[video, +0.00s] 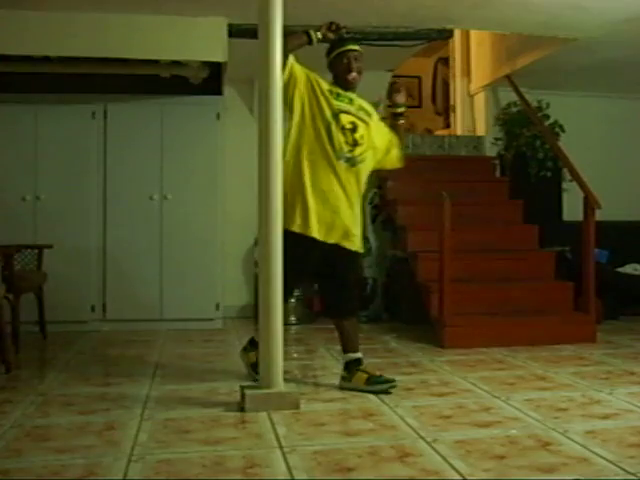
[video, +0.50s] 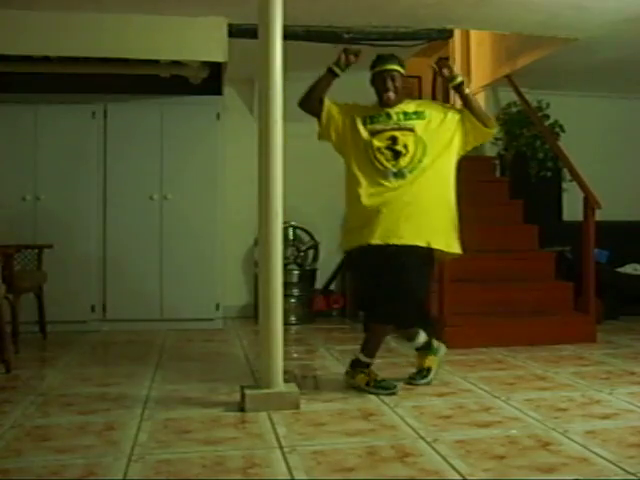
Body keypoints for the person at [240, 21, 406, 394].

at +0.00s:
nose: (353, 67)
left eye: (358, 62)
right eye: (345, 60)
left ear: (362, 68)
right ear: (331, 65)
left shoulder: (367, 114)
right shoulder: (308, 87)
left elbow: (393, 154)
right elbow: (275, 55)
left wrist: (395, 112)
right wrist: (314, 35)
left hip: (344, 218)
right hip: (302, 209)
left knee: (346, 296)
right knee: (280, 289)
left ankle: (353, 367)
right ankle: (257, 348)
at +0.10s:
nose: (362, 64)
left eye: (367, 59)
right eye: (354, 58)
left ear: (372, 66)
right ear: (340, 64)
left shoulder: (386, 110)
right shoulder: (318, 88)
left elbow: (420, 145)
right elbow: (282, 59)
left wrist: (414, 106)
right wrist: (318, 36)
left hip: (363, 210)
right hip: (320, 202)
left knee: (357, 290)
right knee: (312, 283)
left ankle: (354, 366)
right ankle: (287, 336)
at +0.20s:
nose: (368, 65)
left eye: (373, 59)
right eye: (361, 59)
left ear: (380, 66)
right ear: (349, 65)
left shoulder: (401, 107)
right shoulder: (328, 94)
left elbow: (441, 133)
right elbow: (289, 67)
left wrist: (430, 94)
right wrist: (320, 38)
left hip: (380, 211)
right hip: (334, 205)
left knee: (365, 292)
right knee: (331, 285)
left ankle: (355, 367)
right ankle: (333, 334)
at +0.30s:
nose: (375, 66)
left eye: (381, 61)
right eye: (368, 61)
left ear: (390, 67)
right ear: (357, 67)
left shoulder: (414, 106)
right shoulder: (336, 97)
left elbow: (462, 124)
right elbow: (292, 72)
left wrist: (441, 85)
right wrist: (324, 44)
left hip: (395, 213)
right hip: (345, 210)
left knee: (376, 294)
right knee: (348, 292)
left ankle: (357, 366)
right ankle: (378, 336)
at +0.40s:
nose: (381, 75)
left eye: (387, 69)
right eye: (375, 70)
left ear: (396, 73)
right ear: (365, 74)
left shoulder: (424, 109)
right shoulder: (345, 105)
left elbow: (473, 123)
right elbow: (300, 85)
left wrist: (451, 83)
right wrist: (331, 53)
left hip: (404, 216)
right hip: (354, 215)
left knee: (390, 296)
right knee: (357, 297)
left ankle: (360, 365)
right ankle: (407, 335)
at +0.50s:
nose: (387, 84)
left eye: (393, 77)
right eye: (380, 79)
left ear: (406, 81)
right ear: (372, 84)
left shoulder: (437, 116)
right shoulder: (355, 119)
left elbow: (486, 126)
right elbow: (309, 103)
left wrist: (458, 85)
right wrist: (337, 68)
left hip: (416, 223)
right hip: (367, 224)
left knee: (392, 300)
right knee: (376, 301)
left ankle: (361, 366)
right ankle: (427, 347)